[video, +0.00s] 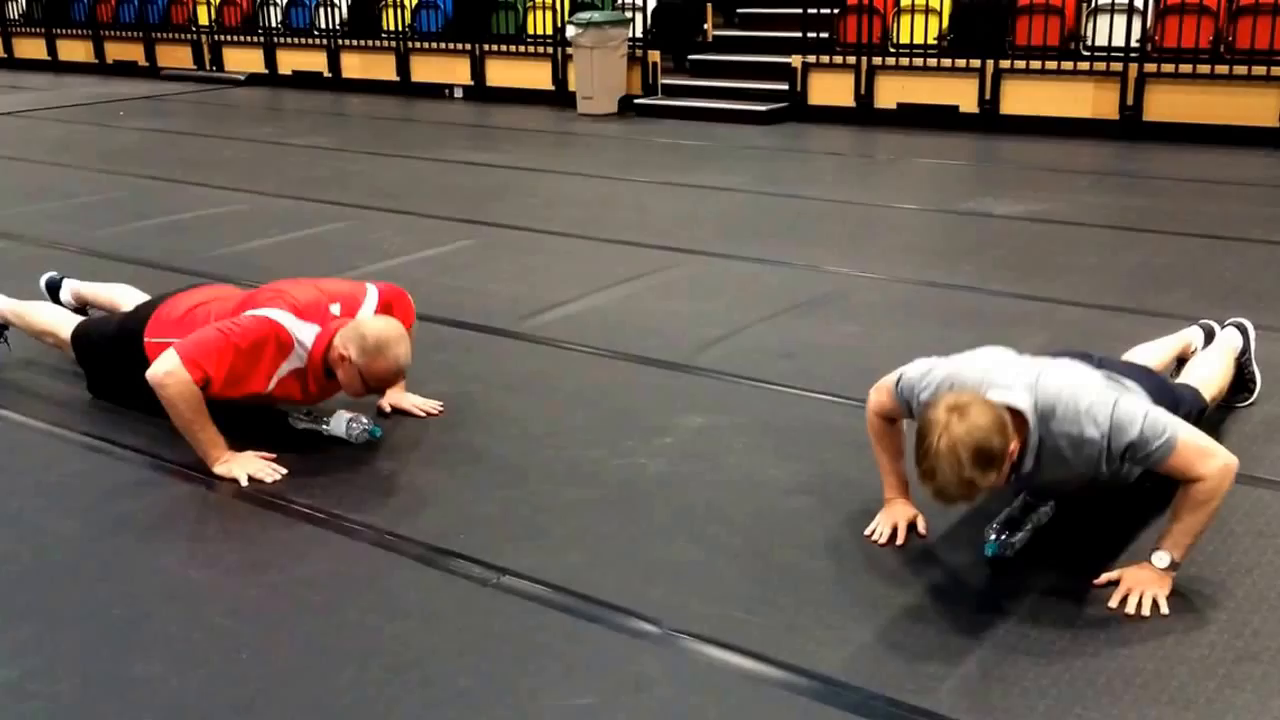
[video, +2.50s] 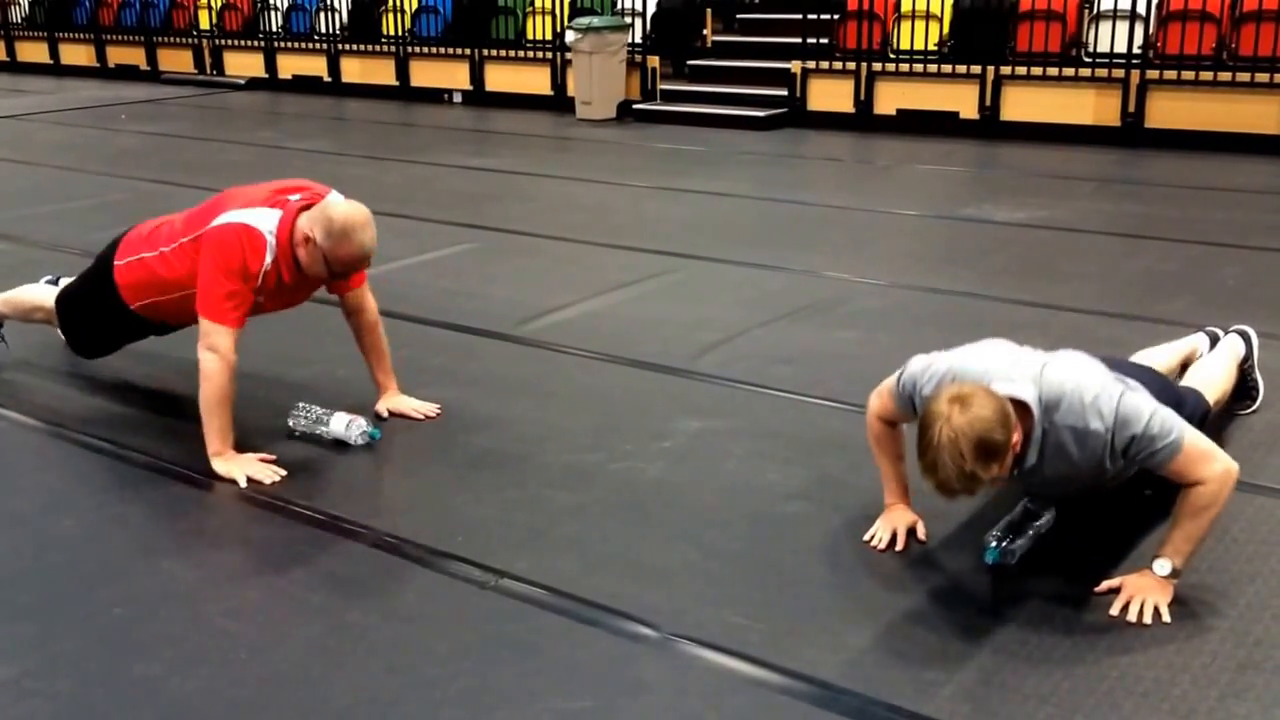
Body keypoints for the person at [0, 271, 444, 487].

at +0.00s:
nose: (371, 393)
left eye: (380, 387)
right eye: (365, 386)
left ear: (401, 336)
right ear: (342, 357)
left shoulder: (385, 306)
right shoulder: (265, 338)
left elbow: (400, 305)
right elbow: (167, 376)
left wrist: (392, 385)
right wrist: (221, 457)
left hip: (212, 304)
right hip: (151, 335)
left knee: (140, 306)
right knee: (71, 335)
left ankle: (65, 288)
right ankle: (6, 306)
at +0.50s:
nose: (347, 294)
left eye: (359, 285)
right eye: (341, 280)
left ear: (373, 251)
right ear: (317, 249)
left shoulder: (354, 237)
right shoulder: (244, 254)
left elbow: (377, 309)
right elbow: (212, 351)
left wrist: (393, 388)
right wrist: (223, 455)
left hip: (195, 289)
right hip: (140, 285)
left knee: (107, 309)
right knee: (68, 311)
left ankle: (61, 297)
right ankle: (9, 304)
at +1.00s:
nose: (364, 409)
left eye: (378, 405)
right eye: (360, 402)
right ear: (342, 369)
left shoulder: (392, 315)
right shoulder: (270, 347)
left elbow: (405, 312)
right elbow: (170, 379)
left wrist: (390, 393)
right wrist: (223, 459)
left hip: (221, 312)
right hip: (158, 342)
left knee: (141, 315)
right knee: (72, 341)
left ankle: (67, 291)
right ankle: (5, 307)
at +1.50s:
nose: (341, 283)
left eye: (352, 275)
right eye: (337, 269)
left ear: (364, 246)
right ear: (314, 237)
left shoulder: (345, 222)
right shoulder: (246, 244)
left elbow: (363, 307)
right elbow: (228, 353)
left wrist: (392, 388)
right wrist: (228, 453)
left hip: (188, 291)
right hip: (135, 287)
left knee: (101, 311)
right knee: (67, 309)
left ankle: (56, 302)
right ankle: (8, 303)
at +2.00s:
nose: (369, 413)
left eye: (382, 407)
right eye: (365, 406)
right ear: (343, 374)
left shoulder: (388, 314)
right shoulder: (271, 350)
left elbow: (398, 310)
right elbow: (168, 378)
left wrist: (390, 393)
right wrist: (222, 457)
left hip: (223, 314)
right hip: (158, 344)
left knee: (143, 316)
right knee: (74, 342)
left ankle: (69, 290)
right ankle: (7, 308)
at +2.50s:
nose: (336, 287)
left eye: (347, 278)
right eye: (331, 274)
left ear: (358, 243)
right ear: (305, 240)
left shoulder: (338, 224)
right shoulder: (235, 245)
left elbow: (361, 307)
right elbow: (216, 351)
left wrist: (389, 388)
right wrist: (223, 453)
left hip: (184, 290)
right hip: (128, 287)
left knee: (94, 308)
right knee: (63, 308)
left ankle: (48, 296)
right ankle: (8, 304)